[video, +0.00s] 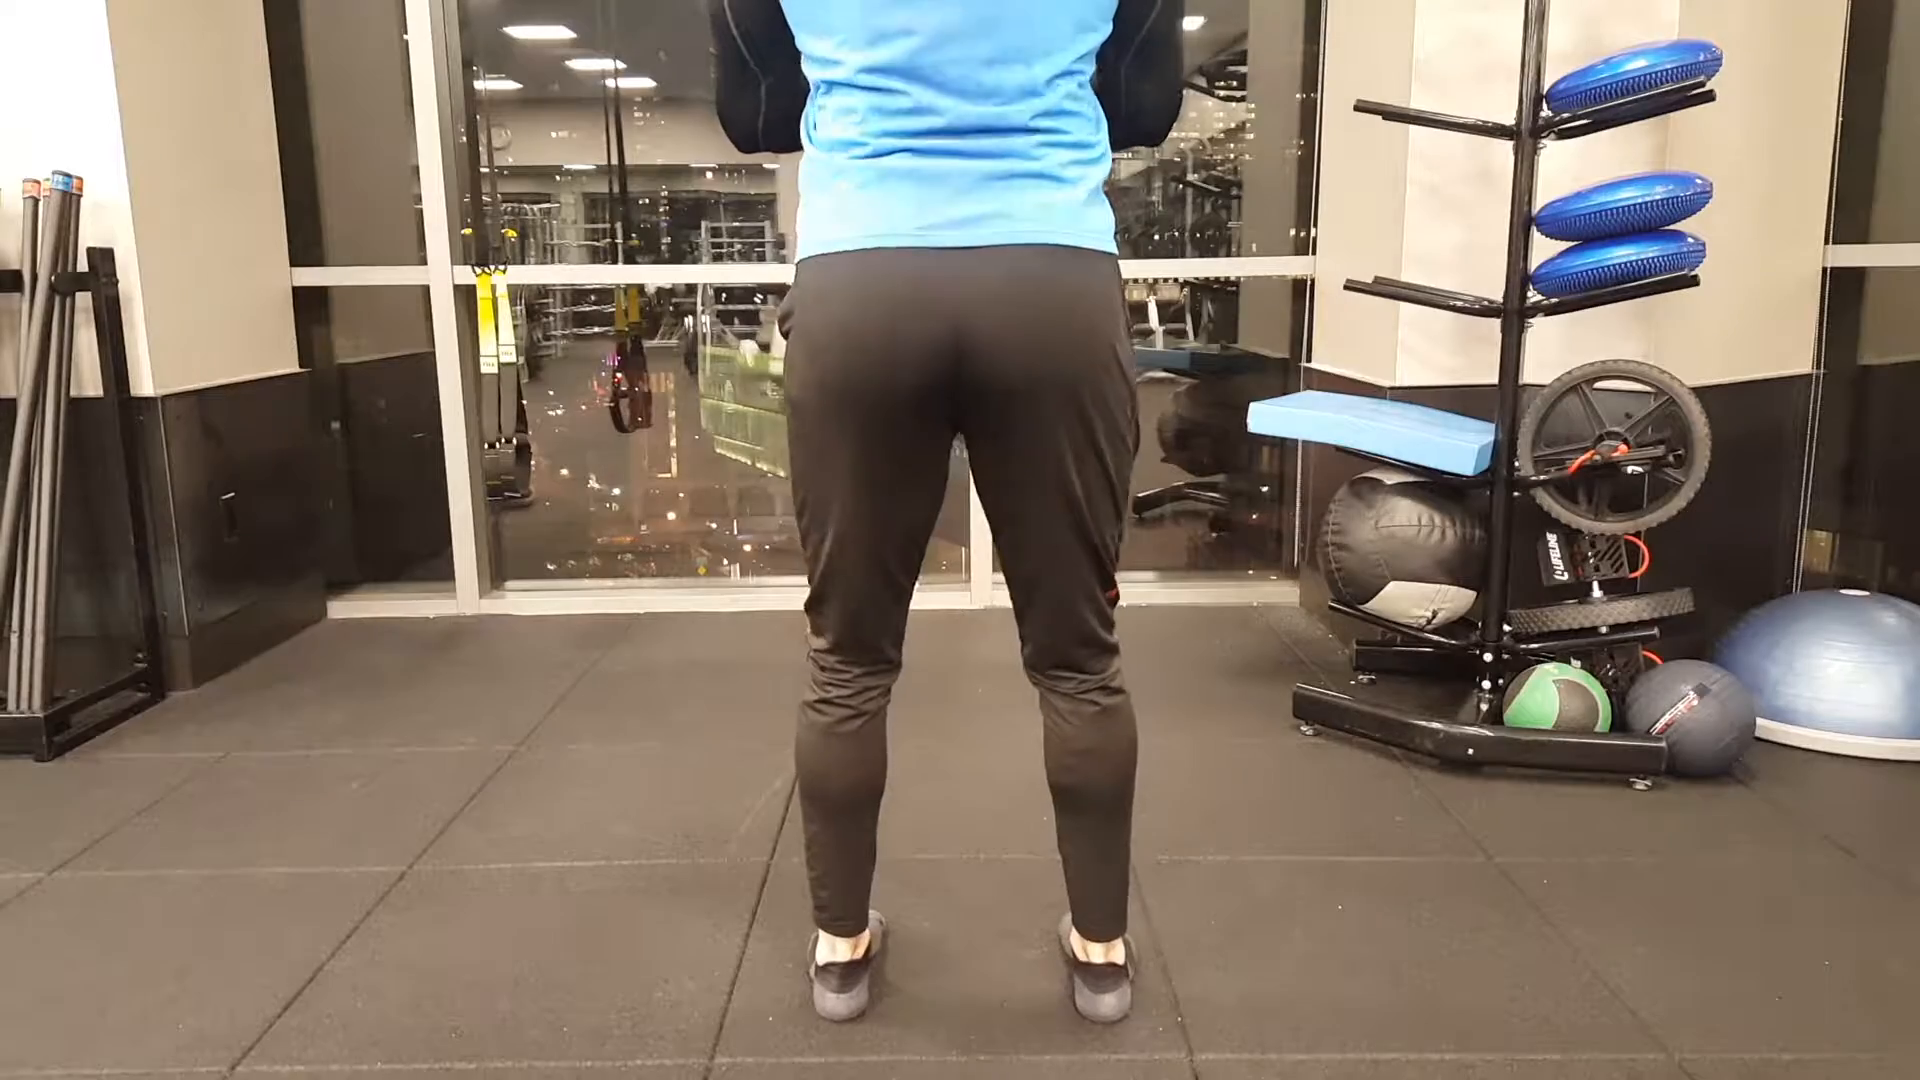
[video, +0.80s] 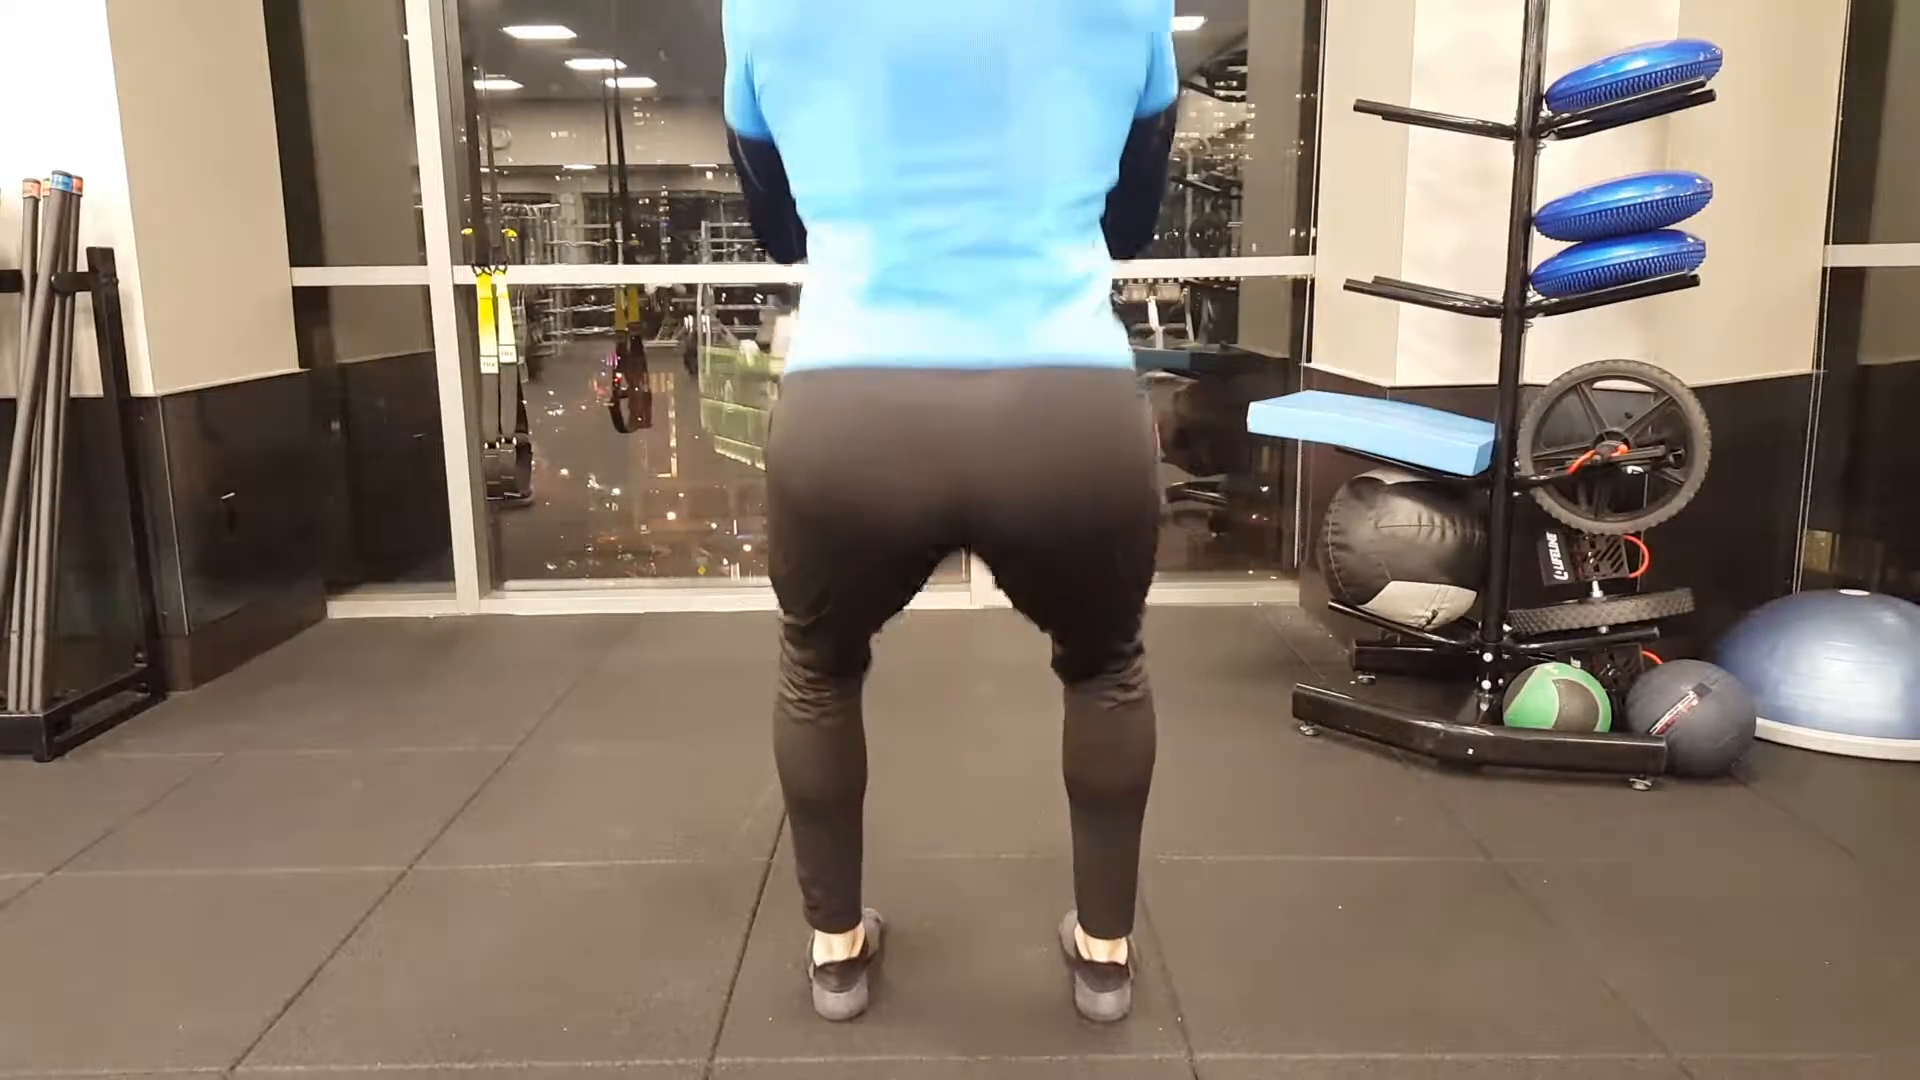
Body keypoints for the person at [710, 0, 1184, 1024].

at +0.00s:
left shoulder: (779, 3)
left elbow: (756, 117)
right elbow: (1146, 107)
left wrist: (887, 84)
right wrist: (1010, 101)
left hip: (859, 280)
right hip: (1053, 279)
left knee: (848, 652)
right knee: (1076, 649)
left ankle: (839, 955)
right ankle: (1102, 959)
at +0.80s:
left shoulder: (764, 9)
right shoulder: (1129, 9)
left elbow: (783, 229)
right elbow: (1128, 225)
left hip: (847, 410)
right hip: (1070, 409)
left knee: (820, 665)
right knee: (1104, 663)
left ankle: (836, 953)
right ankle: (1106, 955)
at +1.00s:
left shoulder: (775, 83)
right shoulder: (1128, 68)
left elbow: (780, 289)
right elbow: (1118, 286)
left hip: (843, 560)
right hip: (1076, 560)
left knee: (798, 671)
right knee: (1122, 666)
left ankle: (835, 951)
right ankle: (1106, 953)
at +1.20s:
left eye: (909, 79)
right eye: (1010, 78)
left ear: (885, 87)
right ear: (1025, 85)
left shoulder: (784, 220)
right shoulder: (1127, 207)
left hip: (850, 724)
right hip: (1062, 726)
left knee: (774, 612)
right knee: (1148, 613)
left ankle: (833, 947)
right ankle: (1107, 951)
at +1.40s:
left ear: (893, 234)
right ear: (1026, 234)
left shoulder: (800, 375)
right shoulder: (1113, 366)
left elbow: (827, 330)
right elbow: (1107, 316)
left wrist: (867, 230)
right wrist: (1055, 213)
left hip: (867, 885)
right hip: (1055, 884)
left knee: (777, 611)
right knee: (1144, 607)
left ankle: (833, 939)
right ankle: (1109, 938)